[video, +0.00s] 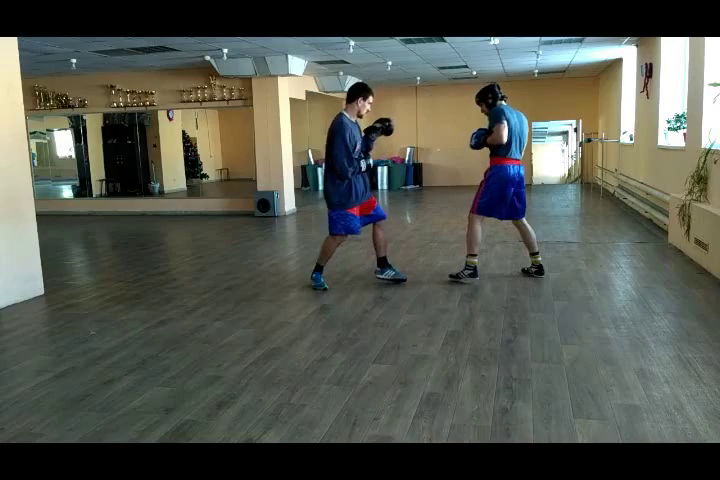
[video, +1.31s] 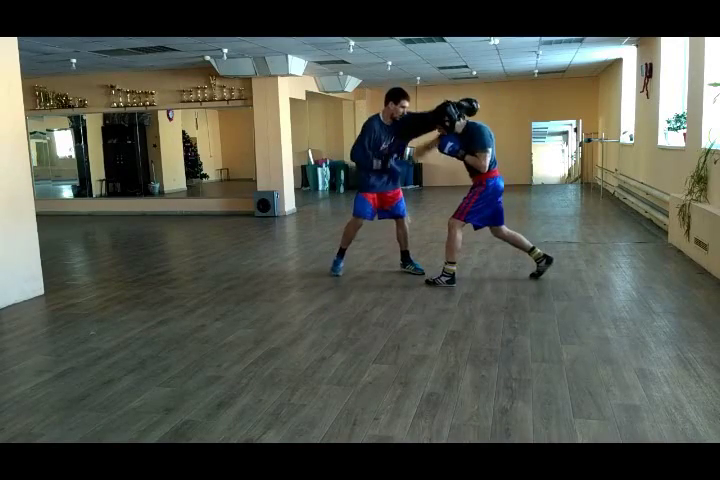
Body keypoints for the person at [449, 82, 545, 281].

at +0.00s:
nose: (482, 110)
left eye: (481, 106)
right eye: (480, 106)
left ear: (488, 101)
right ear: (499, 98)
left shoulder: (498, 111)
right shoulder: (520, 116)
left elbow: (500, 137)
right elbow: (519, 144)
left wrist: (484, 139)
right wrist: (491, 136)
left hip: (498, 172)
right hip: (518, 172)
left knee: (475, 217)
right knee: (519, 219)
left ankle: (470, 267)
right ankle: (537, 264)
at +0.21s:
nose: (479, 106)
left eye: (480, 103)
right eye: (479, 103)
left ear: (485, 99)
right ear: (500, 97)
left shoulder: (488, 111)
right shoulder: (519, 117)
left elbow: (478, 144)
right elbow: (515, 147)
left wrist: (477, 155)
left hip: (491, 172)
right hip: (513, 172)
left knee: (471, 223)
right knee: (520, 219)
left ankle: (465, 270)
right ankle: (536, 264)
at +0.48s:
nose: (481, 95)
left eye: (482, 92)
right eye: (482, 92)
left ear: (485, 92)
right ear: (504, 93)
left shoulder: (479, 105)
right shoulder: (517, 113)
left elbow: (455, 130)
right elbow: (506, 136)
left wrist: (468, 149)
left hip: (486, 171)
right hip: (510, 170)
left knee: (472, 222)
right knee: (522, 217)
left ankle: (465, 270)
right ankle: (542, 263)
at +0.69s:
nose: (488, 102)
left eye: (488, 99)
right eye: (487, 99)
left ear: (491, 98)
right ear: (509, 96)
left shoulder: (492, 113)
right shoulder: (528, 118)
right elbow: (525, 151)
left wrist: (478, 146)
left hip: (494, 173)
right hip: (518, 173)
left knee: (473, 221)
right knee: (530, 222)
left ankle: (463, 270)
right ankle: (545, 270)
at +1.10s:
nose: (464, 117)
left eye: (463, 113)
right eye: (462, 114)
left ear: (470, 110)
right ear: (483, 104)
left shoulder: (481, 124)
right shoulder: (508, 119)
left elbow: (486, 157)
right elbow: (512, 152)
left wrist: (470, 156)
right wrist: (480, 148)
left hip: (490, 181)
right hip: (511, 179)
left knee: (463, 226)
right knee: (517, 226)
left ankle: (448, 273)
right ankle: (541, 268)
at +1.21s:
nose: (446, 128)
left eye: (446, 124)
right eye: (444, 124)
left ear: (454, 120)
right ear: (459, 116)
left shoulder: (478, 129)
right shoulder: (474, 129)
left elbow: (488, 164)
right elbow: (476, 153)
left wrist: (463, 156)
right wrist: (456, 147)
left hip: (490, 184)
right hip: (501, 182)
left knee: (460, 225)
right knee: (504, 230)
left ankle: (448, 274)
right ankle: (541, 263)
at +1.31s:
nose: (443, 131)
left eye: (444, 126)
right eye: (442, 127)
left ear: (454, 121)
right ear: (456, 120)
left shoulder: (481, 132)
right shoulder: (458, 134)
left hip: (486, 185)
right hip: (490, 184)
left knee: (455, 224)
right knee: (498, 230)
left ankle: (448, 275)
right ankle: (540, 258)